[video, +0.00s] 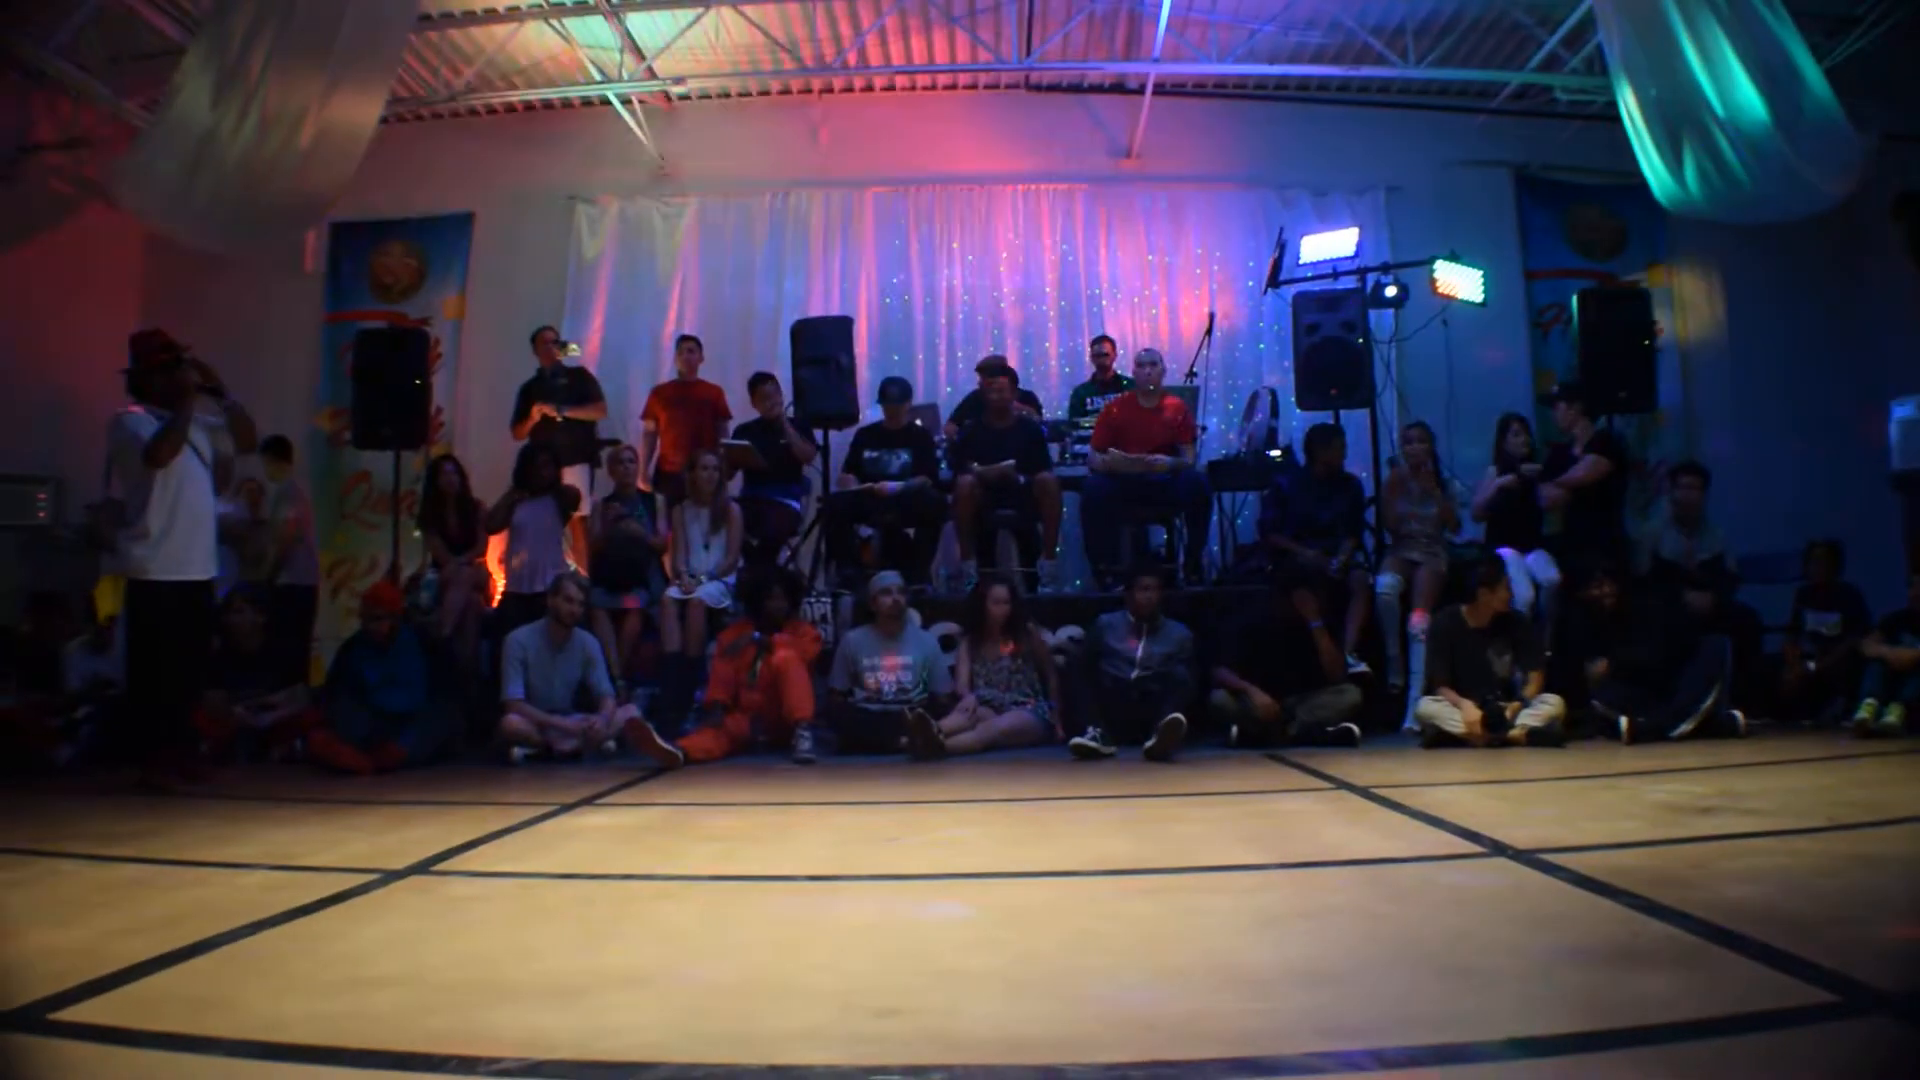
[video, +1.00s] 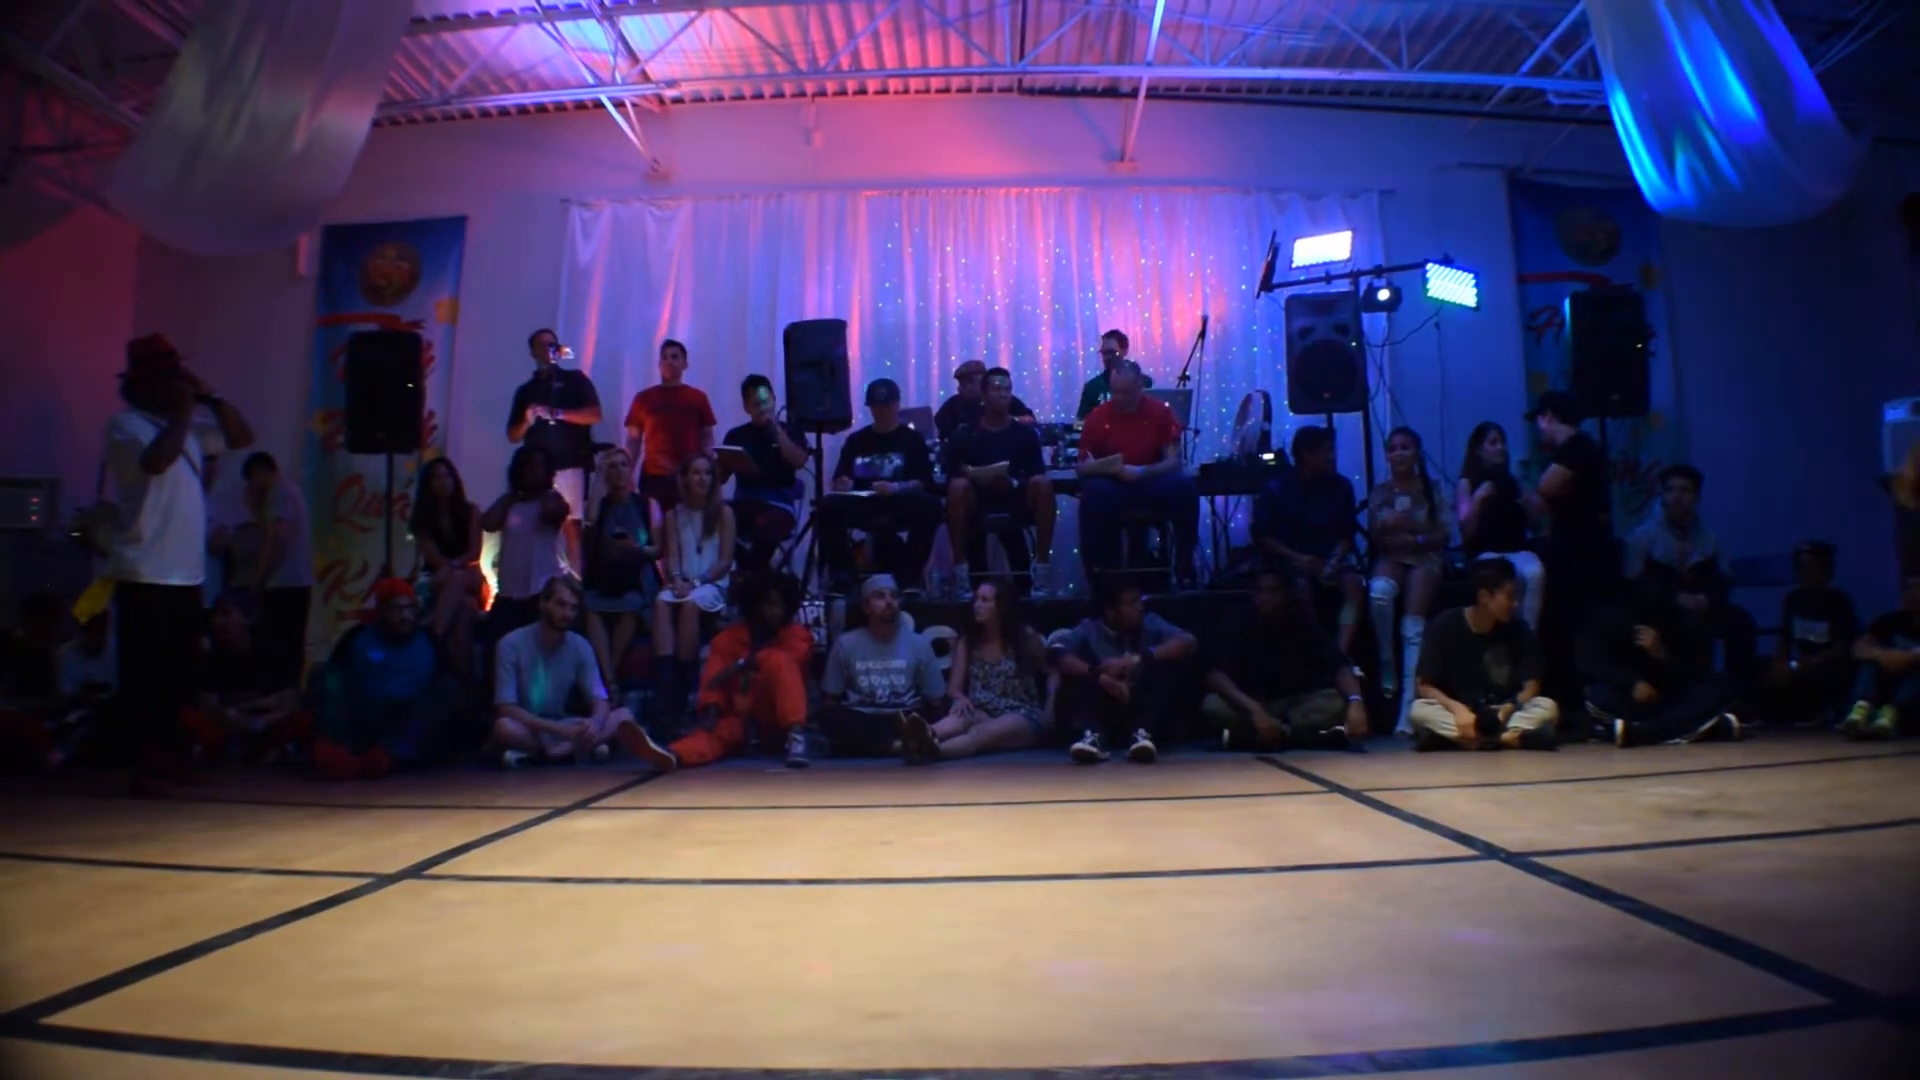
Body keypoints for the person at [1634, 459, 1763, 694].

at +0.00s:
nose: (1688, 497)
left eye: (1695, 489)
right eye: (1683, 489)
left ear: (1704, 495)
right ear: (1672, 493)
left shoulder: (1715, 536)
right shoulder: (1654, 534)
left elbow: (1728, 576)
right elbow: (1649, 578)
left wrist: (1712, 596)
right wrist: (1682, 594)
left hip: (1709, 609)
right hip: (1666, 612)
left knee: (1747, 621)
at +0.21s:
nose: (1684, 495)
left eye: (1692, 488)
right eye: (1678, 487)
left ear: (1702, 494)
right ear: (1669, 492)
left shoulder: (1714, 535)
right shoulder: (1653, 534)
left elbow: (1729, 574)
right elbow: (1647, 578)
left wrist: (1711, 594)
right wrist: (1682, 593)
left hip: (1710, 608)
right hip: (1667, 610)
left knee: (1748, 619)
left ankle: (1744, 690)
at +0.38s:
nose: (1683, 496)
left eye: (1691, 489)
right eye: (1677, 488)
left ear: (1701, 495)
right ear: (1668, 492)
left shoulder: (1712, 535)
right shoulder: (1653, 534)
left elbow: (1728, 575)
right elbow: (1646, 580)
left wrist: (1711, 596)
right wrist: (1680, 596)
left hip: (1707, 606)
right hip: (1667, 608)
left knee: (1746, 619)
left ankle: (1745, 689)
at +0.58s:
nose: (1681, 496)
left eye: (1689, 490)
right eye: (1676, 489)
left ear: (1700, 496)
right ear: (1667, 493)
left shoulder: (1713, 538)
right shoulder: (1649, 536)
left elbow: (1726, 578)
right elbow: (1642, 582)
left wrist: (1710, 598)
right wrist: (1680, 597)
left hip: (1706, 611)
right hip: (1665, 610)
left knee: (1746, 622)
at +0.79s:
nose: (1678, 498)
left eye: (1686, 491)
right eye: (1672, 490)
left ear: (1697, 497)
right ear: (1664, 494)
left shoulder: (1709, 536)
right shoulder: (1645, 536)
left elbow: (1723, 578)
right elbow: (1638, 583)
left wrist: (1707, 598)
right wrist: (1676, 598)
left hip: (1703, 609)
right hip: (1663, 609)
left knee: (1744, 623)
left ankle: (1738, 689)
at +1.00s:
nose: (1677, 498)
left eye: (1685, 491)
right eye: (1671, 490)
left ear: (1696, 498)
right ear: (1662, 495)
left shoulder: (1708, 539)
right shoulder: (1643, 538)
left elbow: (1723, 580)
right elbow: (1637, 584)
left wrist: (1706, 598)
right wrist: (1674, 598)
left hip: (1702, 611)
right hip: (1661, 611)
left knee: (1741, 623)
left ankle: (1740, 694)